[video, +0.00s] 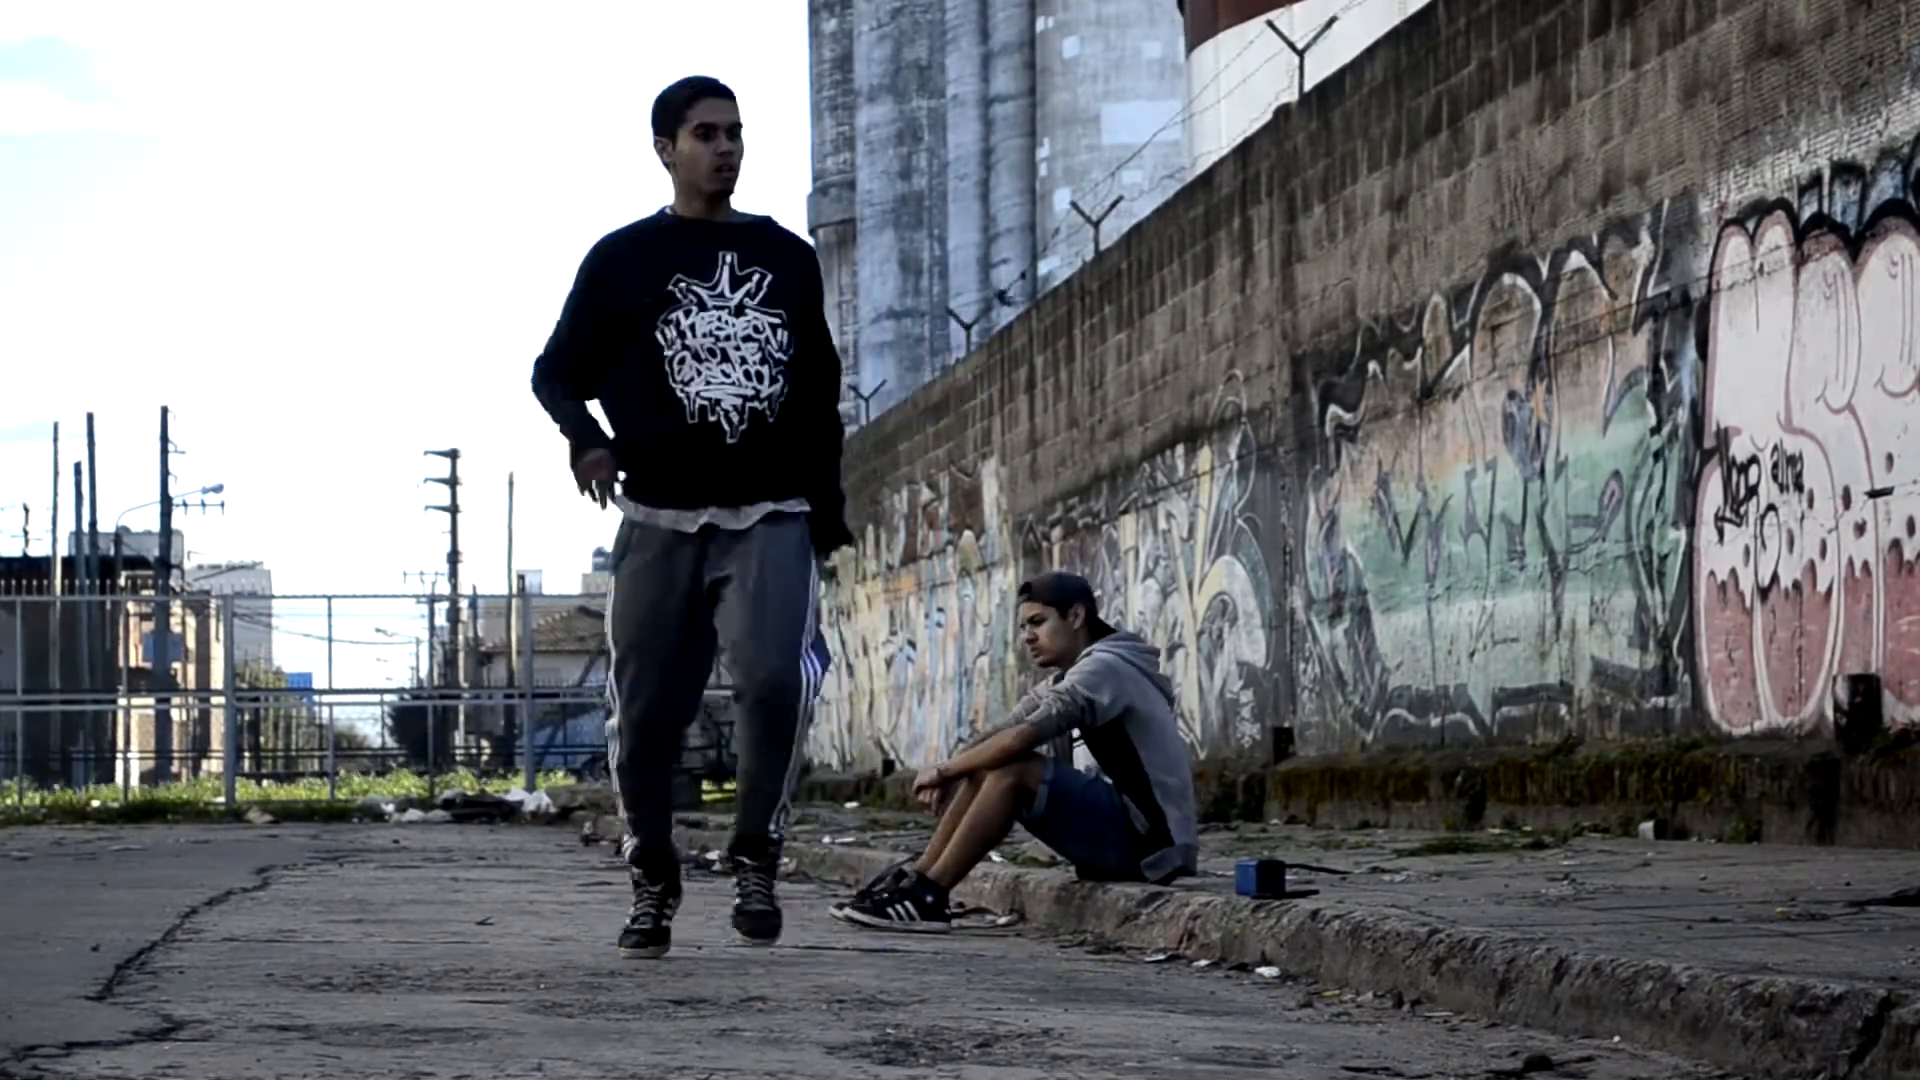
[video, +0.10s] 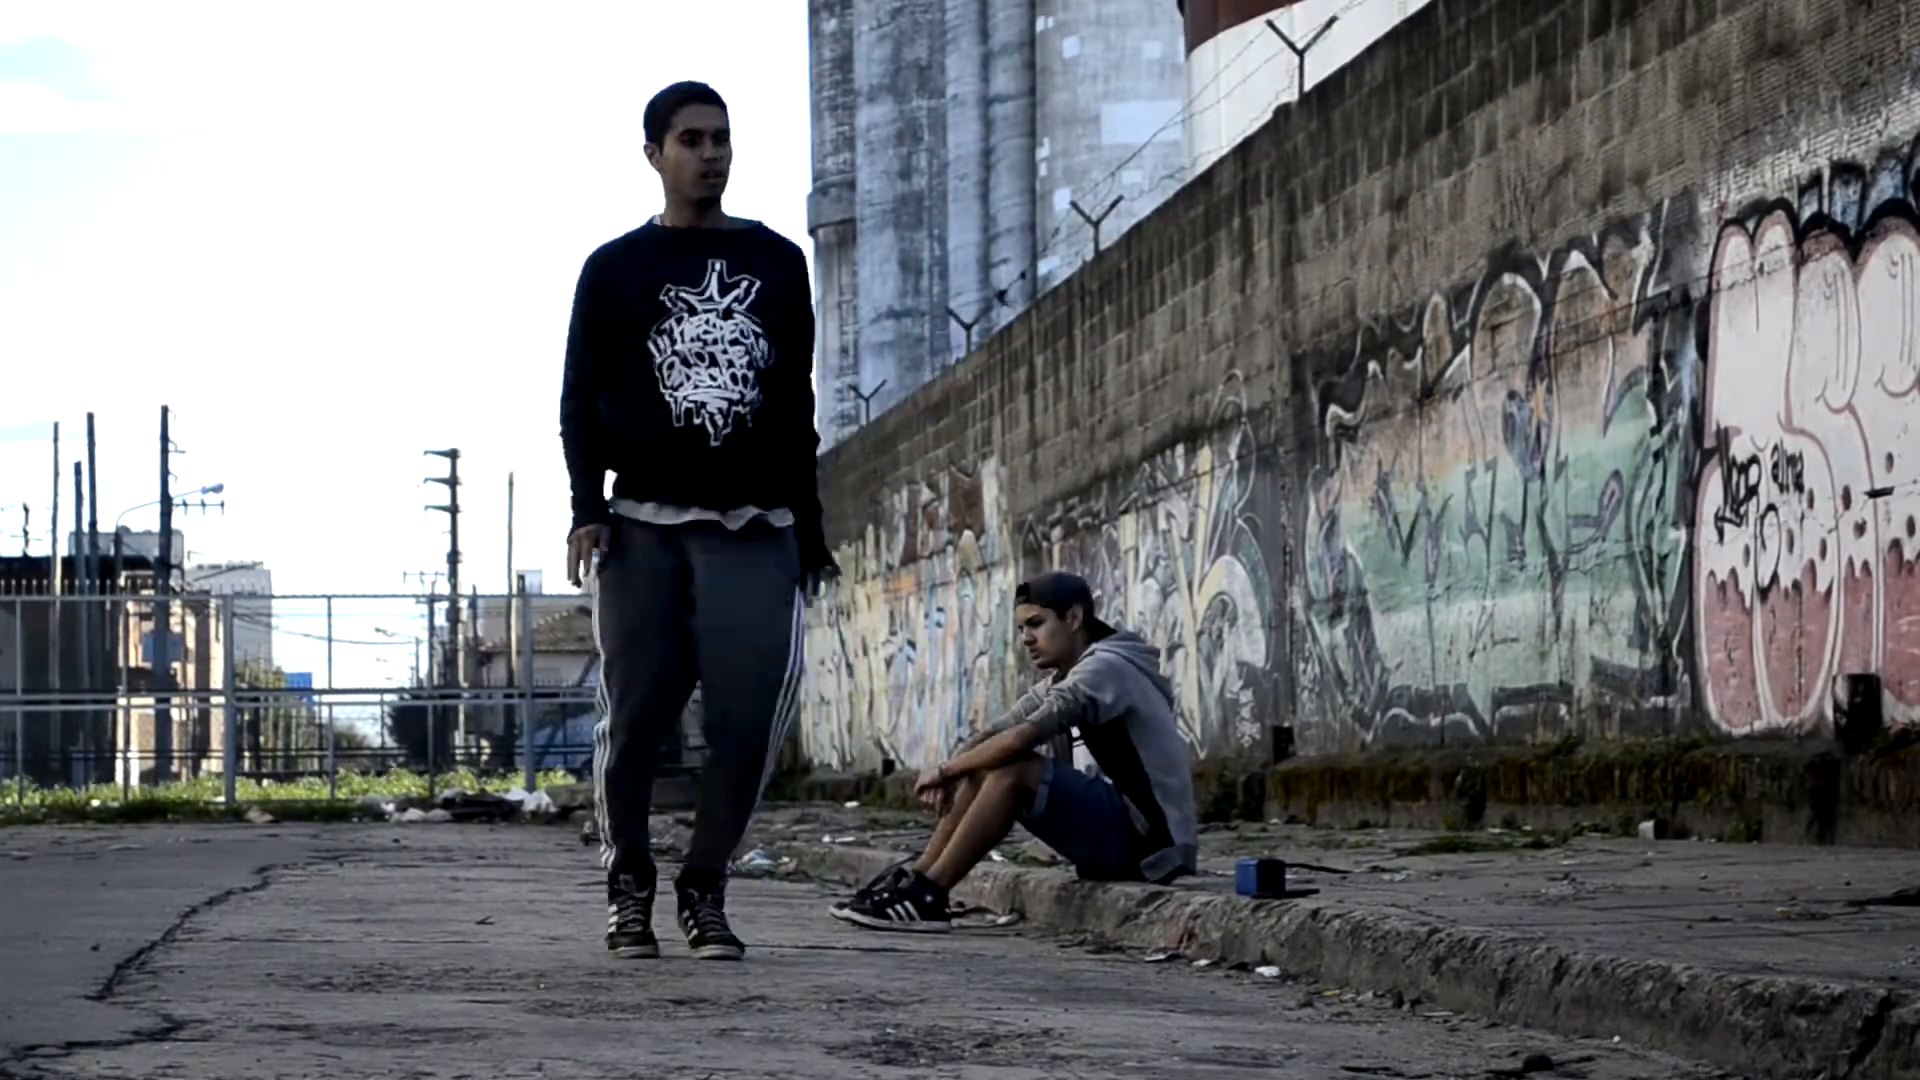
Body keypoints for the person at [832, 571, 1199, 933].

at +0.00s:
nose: (1028, 637)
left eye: (1037, 623)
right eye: (1024, 627)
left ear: (1076, 617)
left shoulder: (1105, 665)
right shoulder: (1081, 670)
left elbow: (1022, 738)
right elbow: (1015, 730)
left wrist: (945, 770)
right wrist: (949, 769)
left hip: (1151, 844)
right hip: (1123, 834)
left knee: (1015, 770)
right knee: (986, 764)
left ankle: (933, 895)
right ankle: (914, 884)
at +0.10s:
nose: (1027, 639)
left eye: (1035, 625)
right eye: (1022, 629)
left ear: (1074, 618)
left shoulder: (1107, 665)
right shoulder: (1072, 673)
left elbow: (1023, 738)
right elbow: (1007, 727)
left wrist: (947, 770)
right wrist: (950, 769)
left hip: (1151, 844)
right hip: (1122, 834)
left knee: (1015, 770)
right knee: (986, 766)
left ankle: (932, 895)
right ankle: (913, 882)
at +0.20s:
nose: (1026, 643)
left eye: (1035, 628)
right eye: (1021, 632)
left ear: (1072, 621)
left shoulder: (1106, 671)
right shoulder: (1068, 676)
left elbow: (1022, 746)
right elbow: (998, 733)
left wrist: (947, 771)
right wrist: (947, 773)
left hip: (1149, 845)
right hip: (1119, 835)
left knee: (1017, 771)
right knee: (986, 763)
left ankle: (931, 894)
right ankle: (913, 882)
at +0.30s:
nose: (1025, 650)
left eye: (1033, 636)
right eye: (1020, 639)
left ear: (1071, 626)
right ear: (1064, 630)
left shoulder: (1106, 675)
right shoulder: (1069, 678)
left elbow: (1019, 751)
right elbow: (995, 735)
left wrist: (942, 773)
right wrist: (943, 773)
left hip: (1150, 848)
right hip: (1120, 837)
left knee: (1017, 770)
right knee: (988, 762)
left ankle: (932, 895)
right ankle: (914, 881)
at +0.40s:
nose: (1023, 656)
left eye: (1032, 642)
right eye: (1019, 644)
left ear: (1070, 631)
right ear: (1062, 635)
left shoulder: (1105, 677)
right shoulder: (1065, 680)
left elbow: (1019, 752)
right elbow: (994, 736)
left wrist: (942, 774)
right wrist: (943, 775)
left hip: (1150, 848)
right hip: (1118, 838)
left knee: (1017, 770)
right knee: (989, 761)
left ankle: (932, 895)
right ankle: (915, 880)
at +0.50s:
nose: (1023, 655)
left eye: (1032, 641)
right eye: (1018, 643)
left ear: (1071, 631)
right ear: (1062, 635)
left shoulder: (1102, 677)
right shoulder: (1064, 678)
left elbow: (1018, 752)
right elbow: (992, 735)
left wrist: (940, 774)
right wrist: (940, 777)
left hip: (1150, 848)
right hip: (1119, 838)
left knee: (1016, 769)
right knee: (988, 760)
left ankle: (932, 895)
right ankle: (915, 881)